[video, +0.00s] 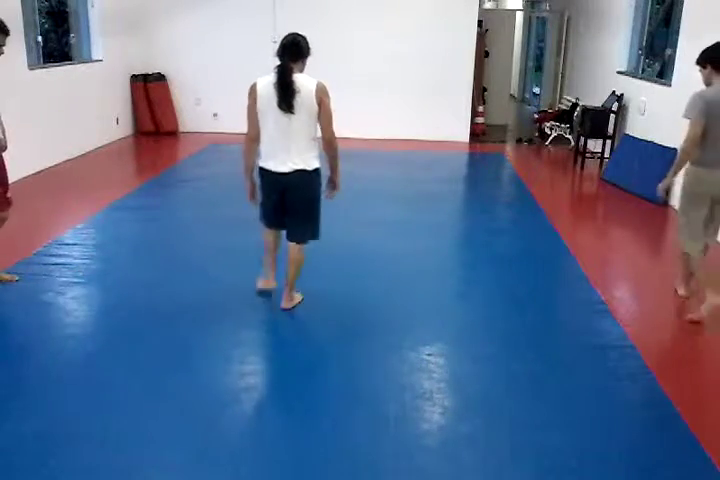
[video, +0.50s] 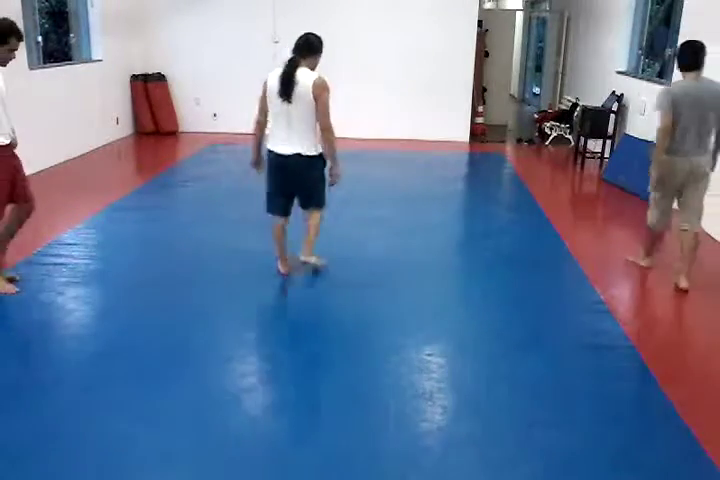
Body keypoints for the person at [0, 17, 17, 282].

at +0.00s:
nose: (3, 51)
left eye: (4, 45)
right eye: (2, 45)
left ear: (6, 42)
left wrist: (3, 136)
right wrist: (3, 137)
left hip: (0, 151)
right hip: (0, 151)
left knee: (4, 209)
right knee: (3, 210)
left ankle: (0, 269)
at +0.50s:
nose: (13, 56)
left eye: (15, 50)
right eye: (11, 49)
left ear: (10, 48)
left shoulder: (2, 74)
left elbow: (4, 110)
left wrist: (10, 135)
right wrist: (10, 137)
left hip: (8, 148)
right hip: (3, 150)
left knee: (24, 204)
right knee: (15, 207)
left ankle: (0, 265)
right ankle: (0, 276)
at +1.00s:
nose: (32, 51)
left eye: (33, 45)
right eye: (29, 45)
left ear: (16, 43)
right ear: (12, 42)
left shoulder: (21, 67)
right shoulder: (2, 69)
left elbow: (21, 103)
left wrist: (31, 131)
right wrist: (3, 137)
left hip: (27, 142)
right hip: (8, 145)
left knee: (32, 204)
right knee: (7, 212)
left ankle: (36, 251)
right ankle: (0, 273)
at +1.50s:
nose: (45, 49)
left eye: (46, 44)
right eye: (43, 43)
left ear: (28, 41)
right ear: (25, 40)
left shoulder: (28, 65)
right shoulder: (4, 64)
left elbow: (26, 101)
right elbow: (3, 96)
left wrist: (39, 129)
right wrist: (29, 100)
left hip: (32, 137)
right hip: (11, 139)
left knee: (36, 199)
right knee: (13, 206)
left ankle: (36, 252)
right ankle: (7, 266)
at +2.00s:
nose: (29, 58)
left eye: (32, 54)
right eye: (27, 53)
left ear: (30, 48)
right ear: (16, 44)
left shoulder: (23, 63)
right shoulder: (3, 63)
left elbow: (28, 99)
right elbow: (4, 55)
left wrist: (41, 128)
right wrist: (12, 27)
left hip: (32, 135)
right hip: (11, 136)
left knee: (38, 200)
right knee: (12, 208)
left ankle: (37, 253)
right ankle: (10, 268)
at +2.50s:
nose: (35, 58)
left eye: (38, 54)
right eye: (32, 53)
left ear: (38, 48)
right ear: (20, 45)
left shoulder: (29, 61)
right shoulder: (6, 63)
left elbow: (36, 98)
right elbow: (6, 52)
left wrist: (46, 129)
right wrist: (16, 23)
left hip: (36, 135)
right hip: (14, 136)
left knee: (39, 202)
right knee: (15, 208)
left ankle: (37, 252)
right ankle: (11, 268)